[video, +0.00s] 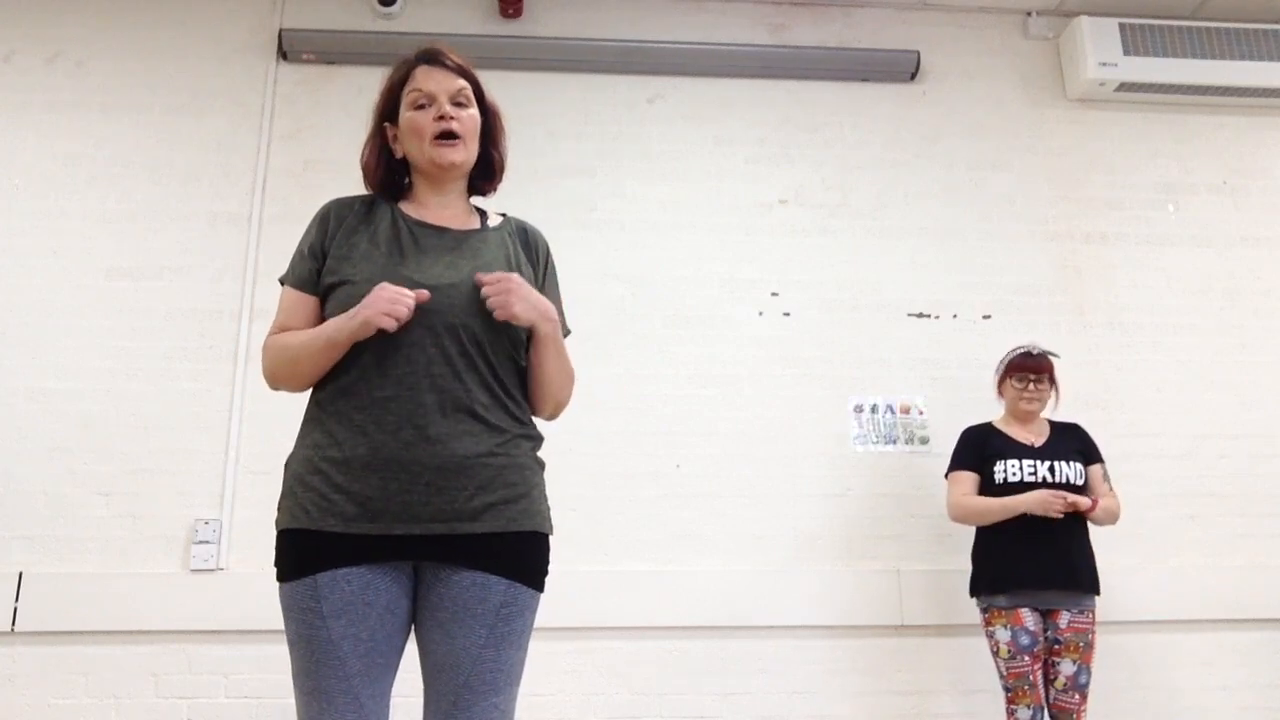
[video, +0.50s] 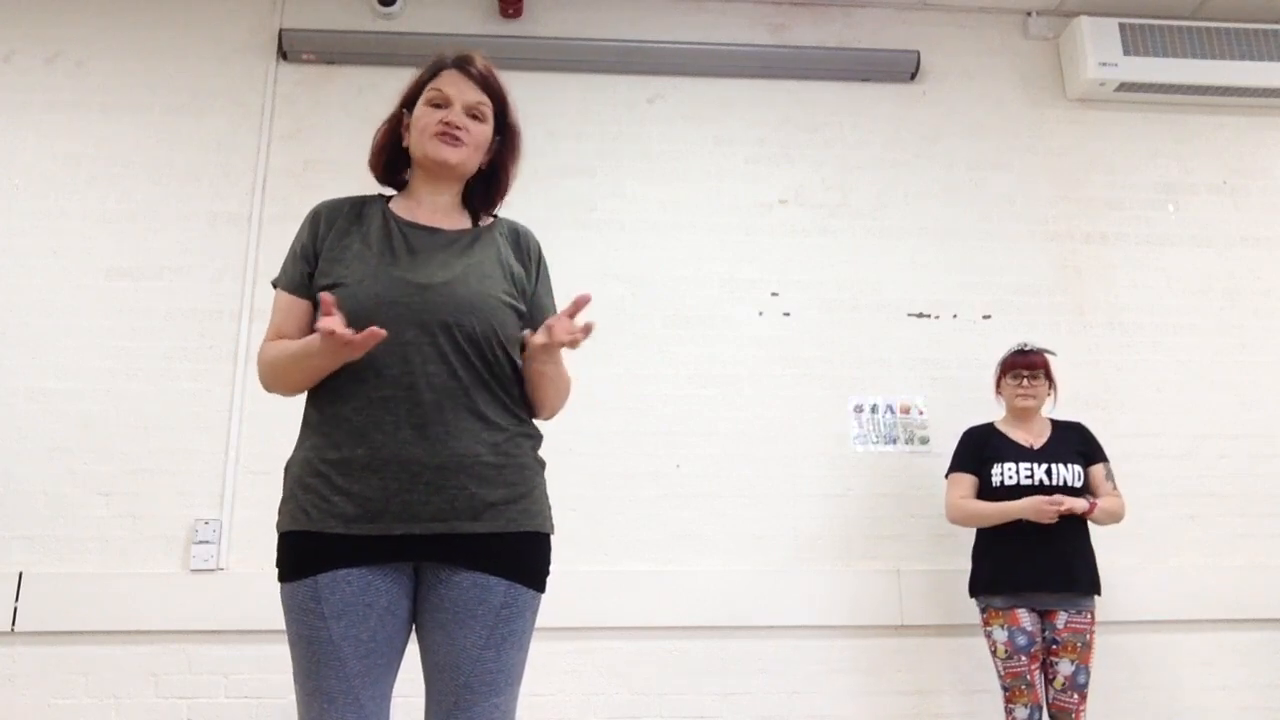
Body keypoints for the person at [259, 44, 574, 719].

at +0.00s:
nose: (446, 113)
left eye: (461, 103)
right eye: (424, 103)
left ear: (483, 132)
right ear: (393, 136)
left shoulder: (523, 244)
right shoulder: (340, 223)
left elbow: (550, 403)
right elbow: (279, 366)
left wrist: (546, 322)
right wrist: (353, 321)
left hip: (492, 519)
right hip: (339, 515)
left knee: (475, 714)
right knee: (339, 713)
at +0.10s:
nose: (446, 113)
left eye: (461, 103)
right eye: (423, 104)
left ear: (482, 131)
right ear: (393, 137)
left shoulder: (524, 245)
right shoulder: (340, 223)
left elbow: (552, 403)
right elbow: (276, 363)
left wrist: (541, 322)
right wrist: (355, 323)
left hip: (491, 521)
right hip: (339, 516)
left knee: (475, 714)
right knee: (338, 713)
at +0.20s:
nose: (449, 112)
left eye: (463, 103)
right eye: (426, 104)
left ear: (483, 133)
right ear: (394, 137)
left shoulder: (524, 245)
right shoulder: (340, 223)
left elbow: (554, 402)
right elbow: (276, 363)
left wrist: (530, 331)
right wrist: (350, 332)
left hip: (491, 520)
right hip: (339, 515)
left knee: (475, 714)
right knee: (338, 714)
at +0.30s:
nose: (451, 114)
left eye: (465, 105)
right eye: (428, 105)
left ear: (485, 134)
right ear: (395, 136)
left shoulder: (522, 245)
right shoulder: (339, 224)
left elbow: (551, 401)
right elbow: (280, 366)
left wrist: (517, 347)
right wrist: (358, 336)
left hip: (491, 519)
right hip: (339, 514)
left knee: (475, 714)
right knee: (338, 714)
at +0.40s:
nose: (453, 119)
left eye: (470, 111)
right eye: (433, 106)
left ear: (488, 140)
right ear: (399, 130)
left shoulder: (519, 246)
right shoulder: (336, 226)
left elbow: (546, 403)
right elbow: (282, 374)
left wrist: (533, 358)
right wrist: (348, 343)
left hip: (491, 522)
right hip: (339, 517)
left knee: (475, 714)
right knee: (339, 714)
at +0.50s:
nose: (455, 118)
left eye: (476, 113)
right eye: (438, 103)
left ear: (493, 146)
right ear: (406, 125)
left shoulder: (516, 247)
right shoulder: (332, 224)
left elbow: (547, 404)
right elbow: (274, 370)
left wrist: (544, 351)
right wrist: (323, 353)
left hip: (492, 522)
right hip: (340, 518)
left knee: (478, 714)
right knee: (339, 714)